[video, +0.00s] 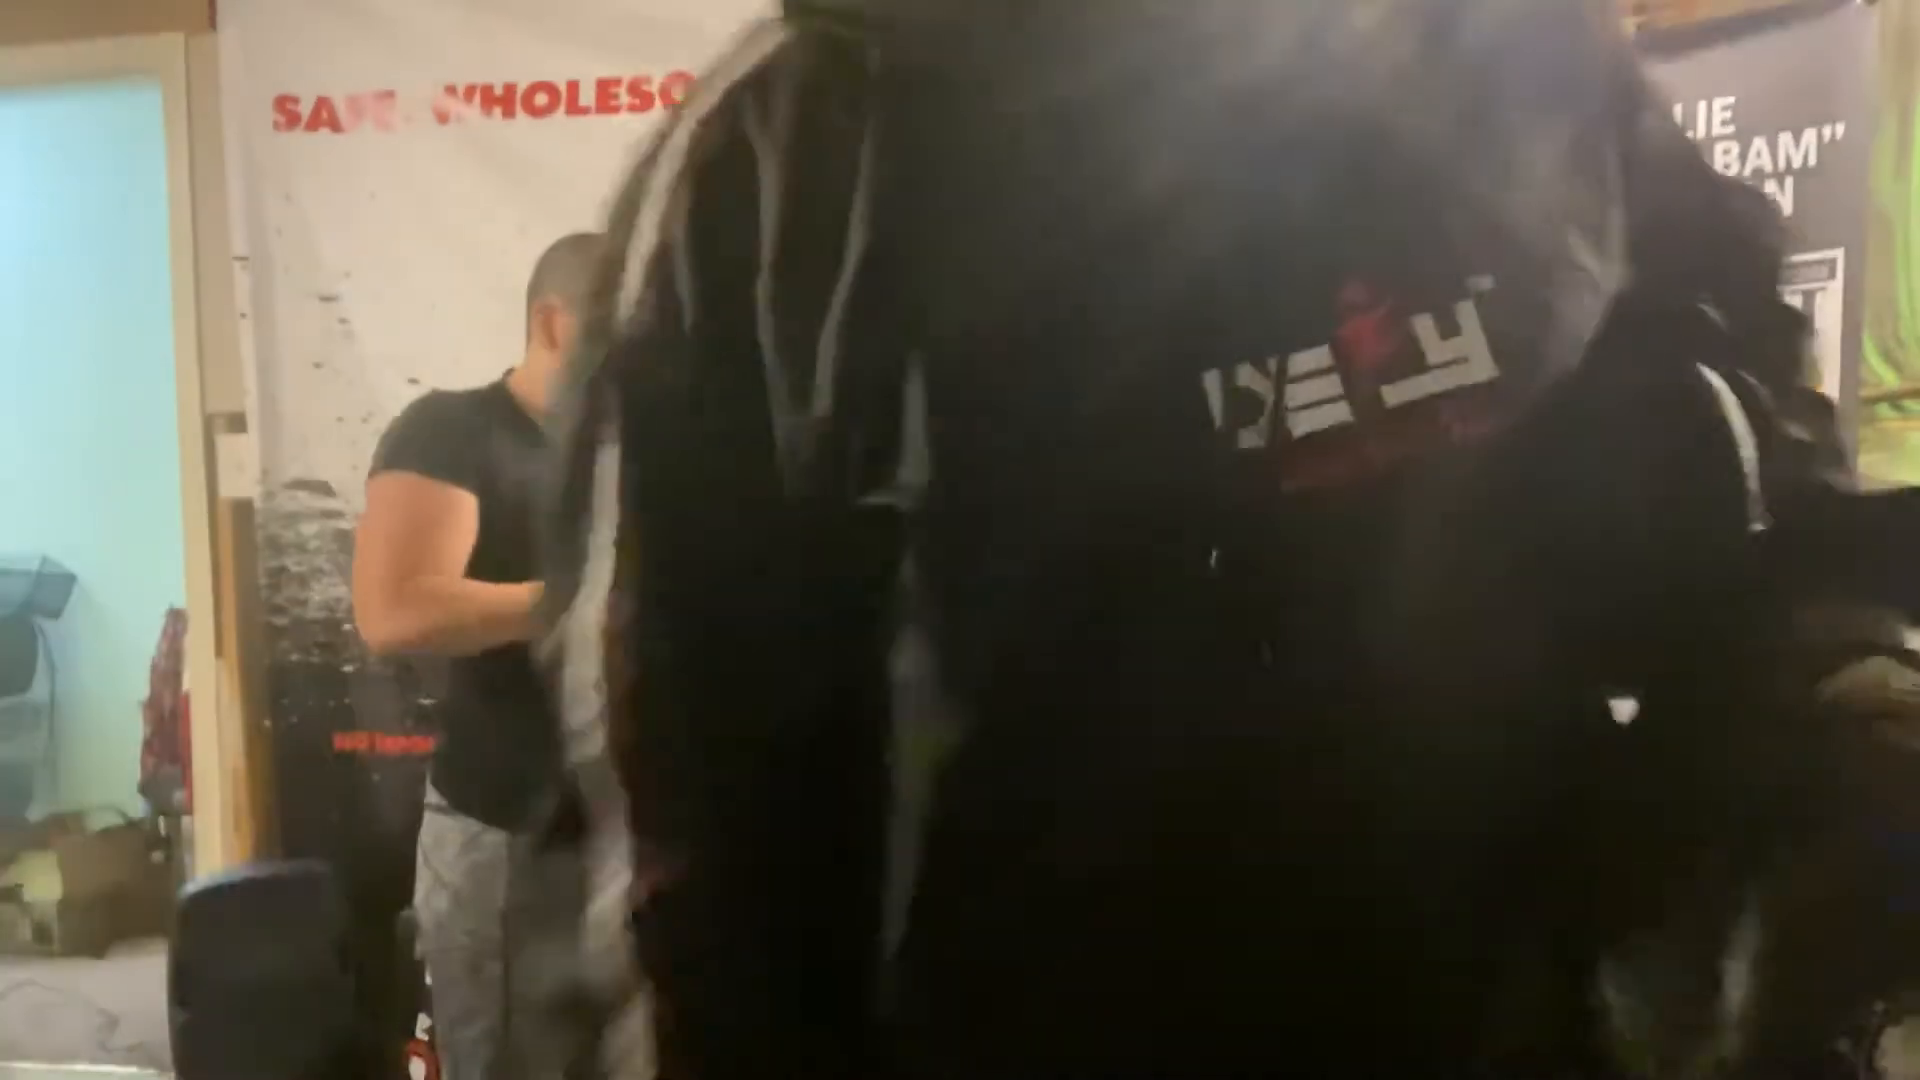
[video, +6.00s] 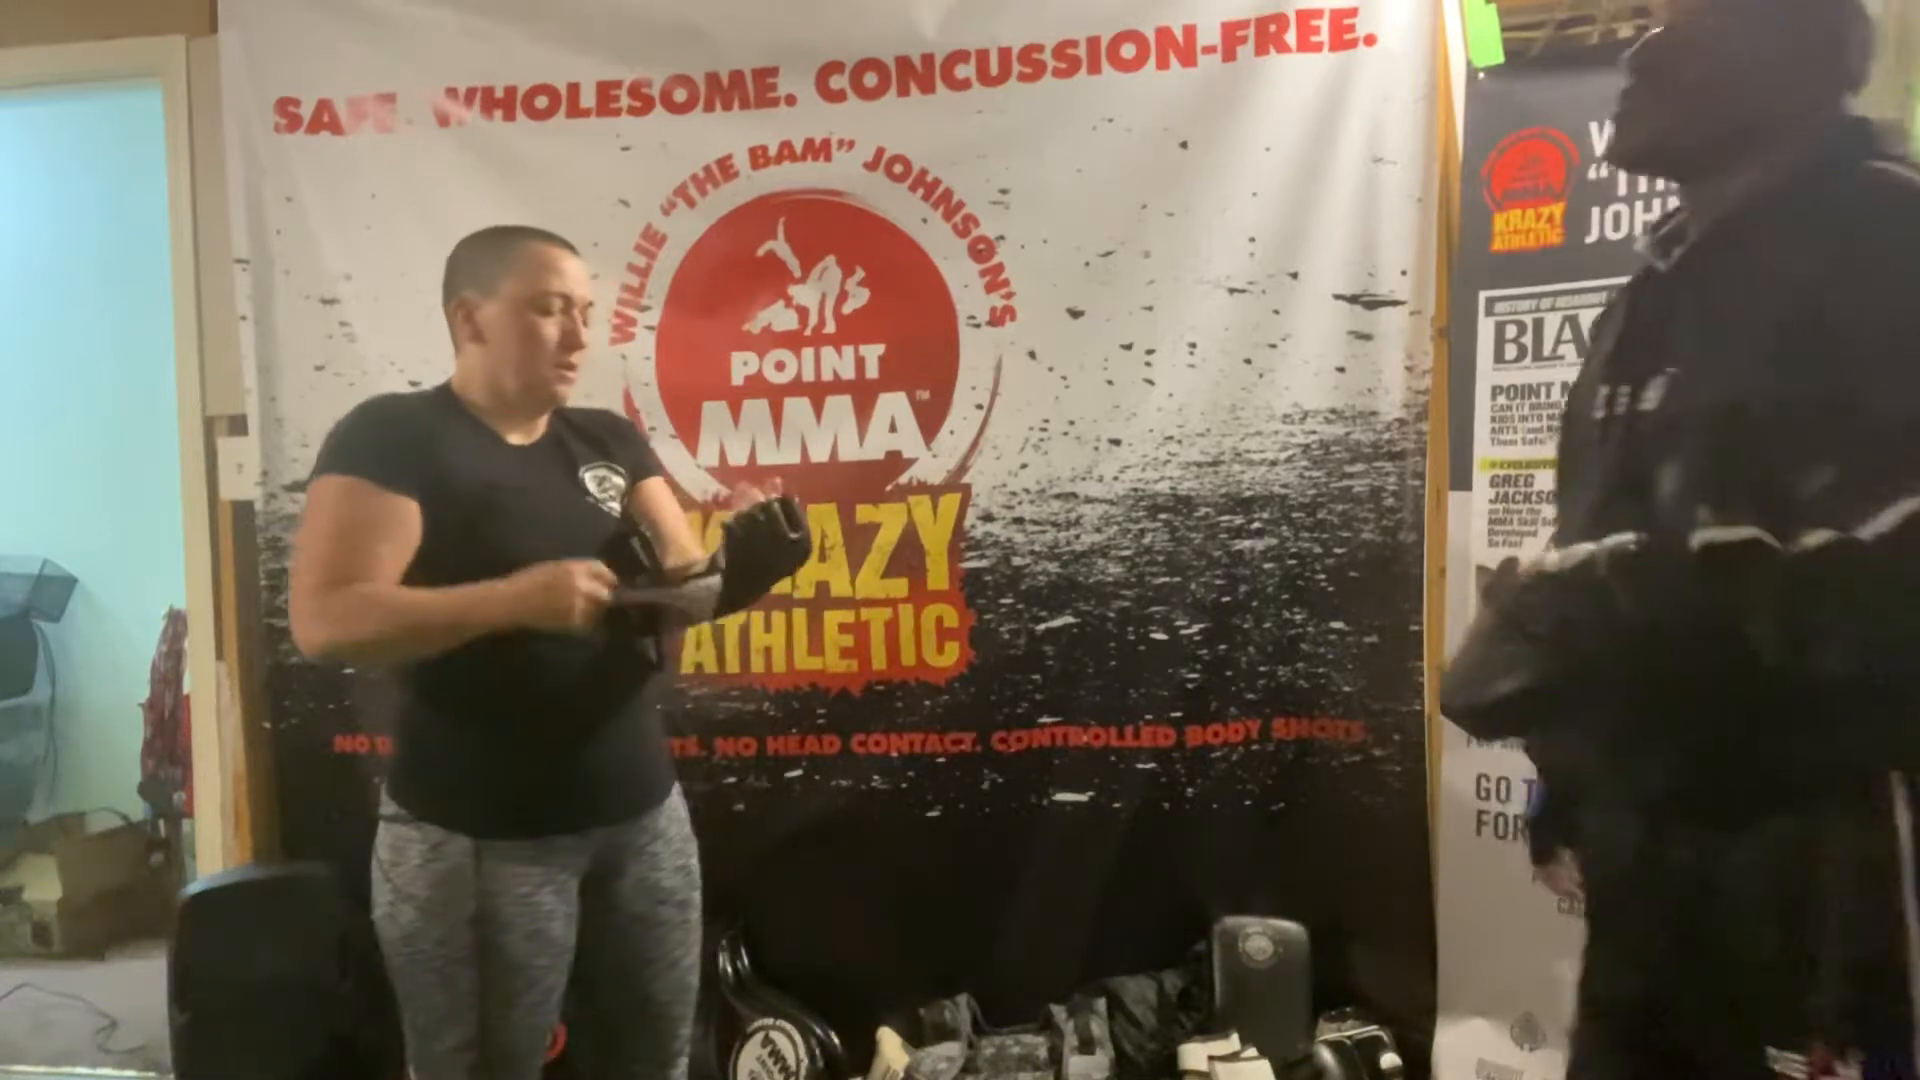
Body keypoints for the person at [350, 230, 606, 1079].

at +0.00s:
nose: (614, 347)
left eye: (625, 329)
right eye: (603, 324)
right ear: (549, 319)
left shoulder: (629, 449)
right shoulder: (448, 431)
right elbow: (394, 610)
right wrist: (579, 599)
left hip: (623, 833)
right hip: (494, 834)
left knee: (622, 1061)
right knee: (498, 1063)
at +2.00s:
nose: (619, 360)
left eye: (630, 338)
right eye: (597, 333)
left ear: (637, 340)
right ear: (518, 323)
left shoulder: (638, 434)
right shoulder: (436, 423)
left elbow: (716, 547)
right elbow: (451, 581)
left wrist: (697, 666)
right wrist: (633, 569)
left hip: (674, 822)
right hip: (512, 836)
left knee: (663, 1064)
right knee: (502, 1067)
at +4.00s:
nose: (607, 341)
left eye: (616, 320)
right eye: (580, 316)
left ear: (625, 329)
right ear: (502, 324)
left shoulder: (641, 439)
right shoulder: (431, 432)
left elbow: (724, 572)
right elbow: (419, 614)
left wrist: (721, 593)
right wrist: (616, 595)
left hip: (670, 827)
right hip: (505, 844)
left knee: (662, 1065)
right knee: (497, 1068)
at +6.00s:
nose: (578, 333)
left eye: (584, 312)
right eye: (550, 308)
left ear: (591, 324)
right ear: (469, 317)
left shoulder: (609, 440)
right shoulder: (389, 437)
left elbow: (687, 583)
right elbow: (325, 617)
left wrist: (734, 557)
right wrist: (517, 598)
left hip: (641, 827)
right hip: (473, 848)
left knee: (647, 1065)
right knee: (479, 1069)